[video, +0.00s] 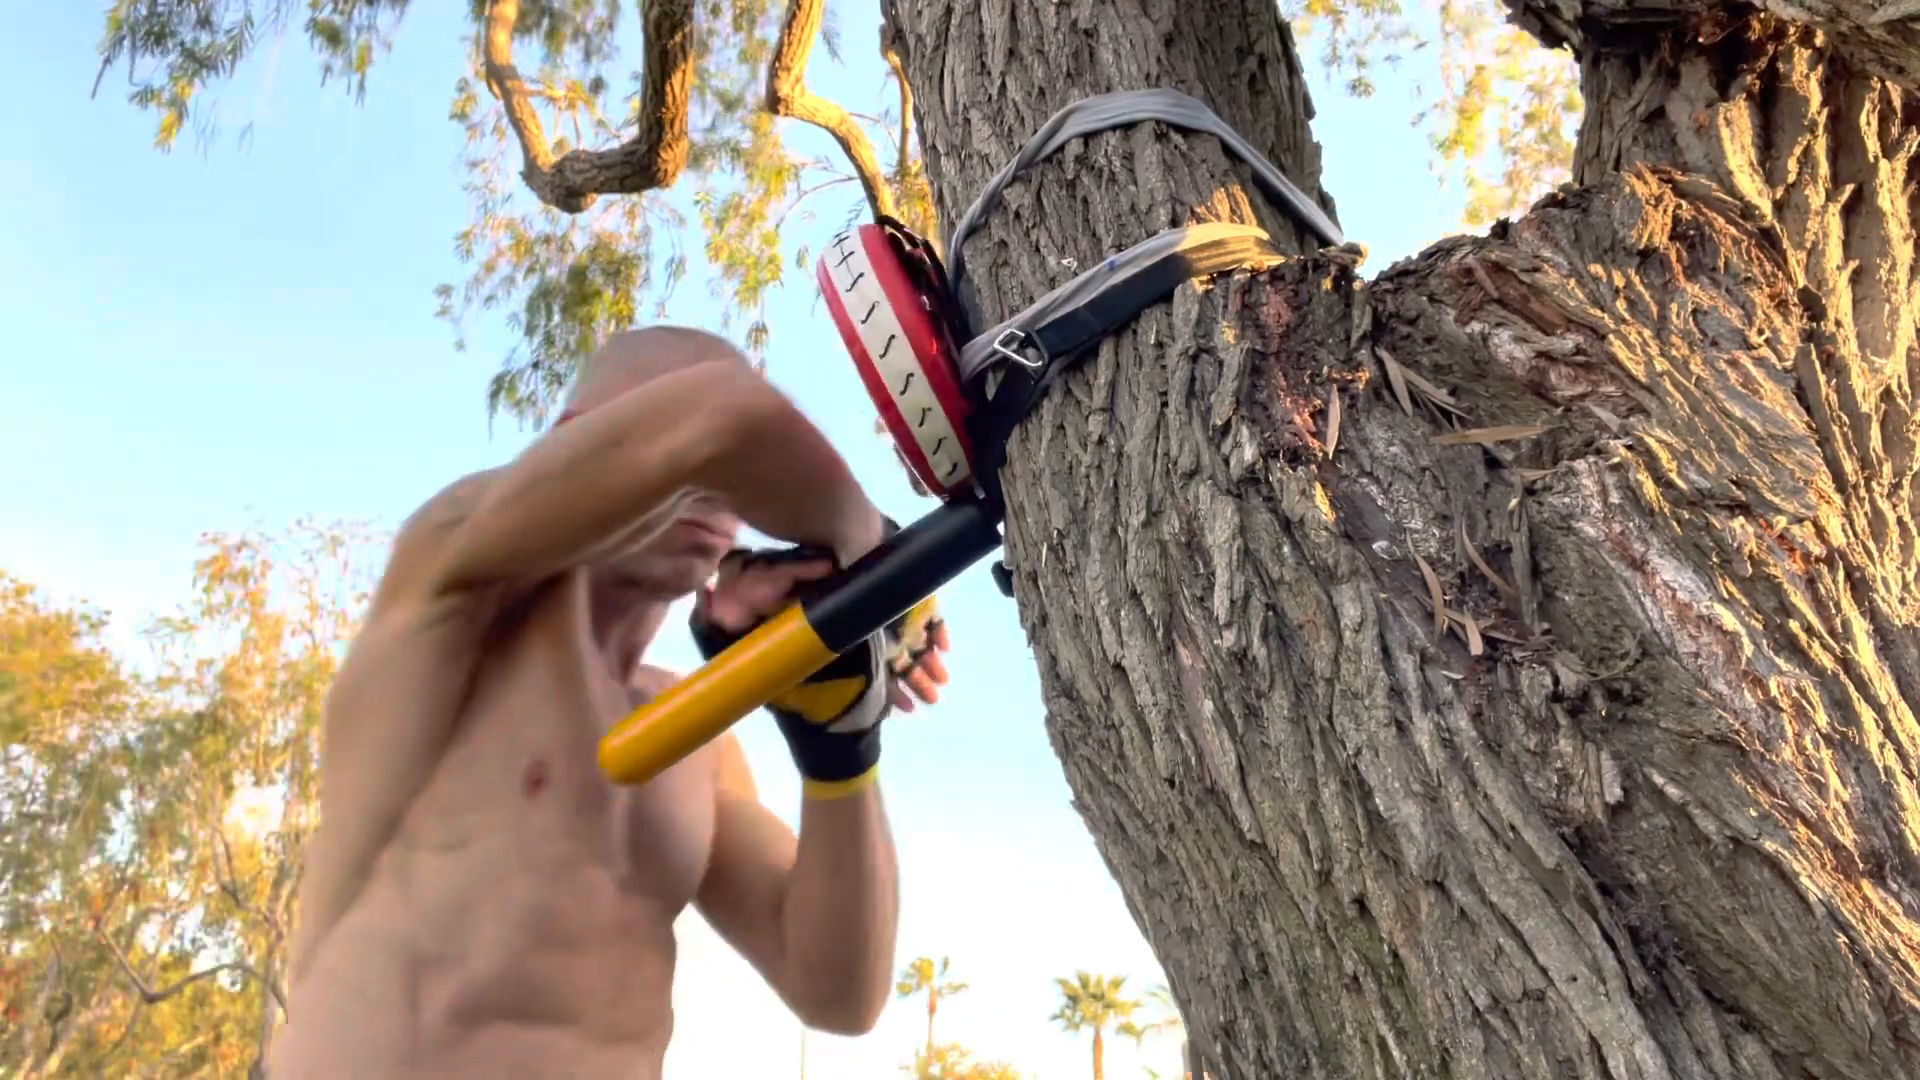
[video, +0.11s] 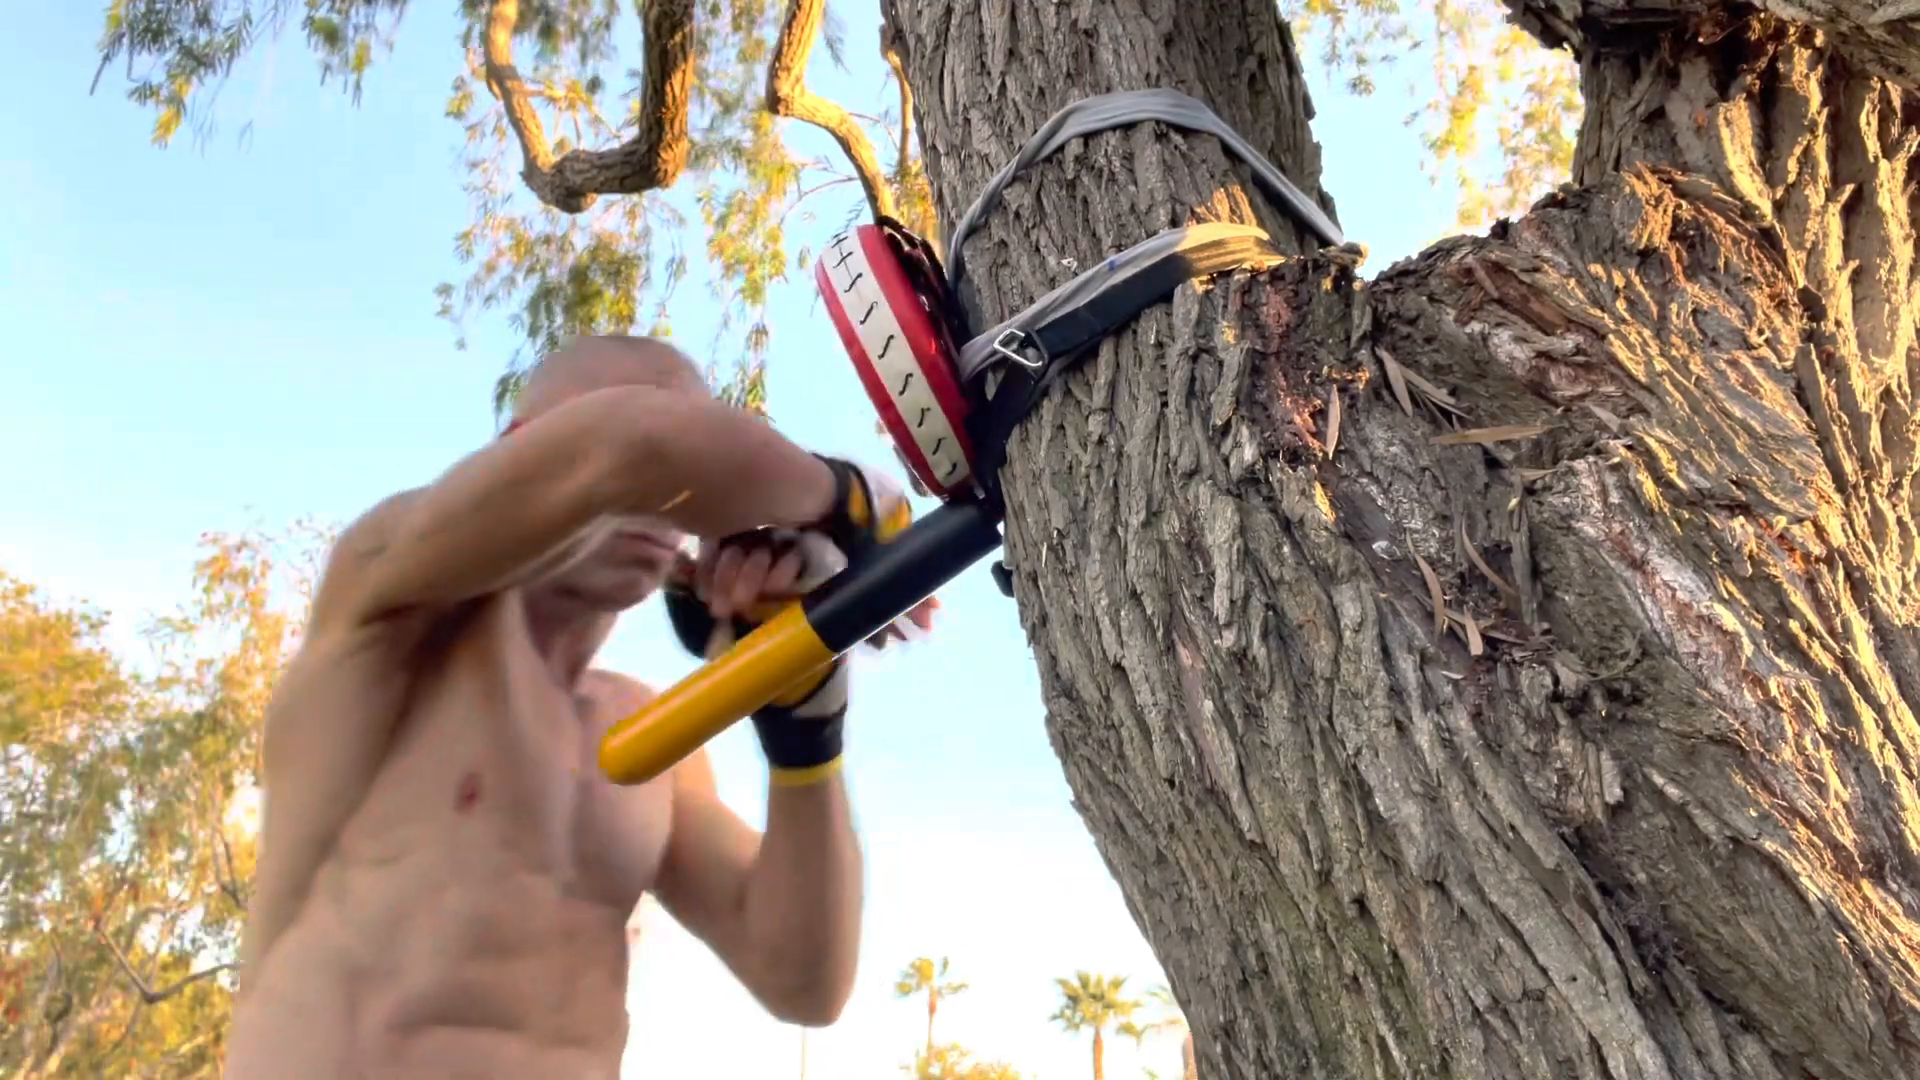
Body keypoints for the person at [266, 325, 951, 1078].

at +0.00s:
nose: (724, 487)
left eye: (738, 463)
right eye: (689, 440)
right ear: (571, 446)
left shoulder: (697, 746)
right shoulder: (454, 574)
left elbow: (838, 993)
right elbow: (718, 406)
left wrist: (836, 743)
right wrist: (856, 536)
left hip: (616, 1058)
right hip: (382, 1051)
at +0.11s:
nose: (663, 495)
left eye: (688, 462)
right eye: (630, 448)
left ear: (710, 511)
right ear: (521, 447)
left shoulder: (645, 733)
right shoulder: (385, 597)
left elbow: (803, 982)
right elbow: (640, 436)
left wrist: (804, 723)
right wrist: (841, 496)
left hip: (575, 1059)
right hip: (349, 1049)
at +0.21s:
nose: (559, 496)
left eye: (583, 468)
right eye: (531, 452)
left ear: (607, 504)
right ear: (408, 460)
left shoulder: (545, 753)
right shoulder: (254, 597)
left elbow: (710, 1026)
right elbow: (466, 545)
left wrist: (640, 793)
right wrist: (742, 393)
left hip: (484, 1057)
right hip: (258, 1048)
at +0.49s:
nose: (350, 506)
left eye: (373, 480)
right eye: (308, 457)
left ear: (382, 510)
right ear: (175, 465)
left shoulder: (375, 692)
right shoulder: (38, 650)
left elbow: (626, 742)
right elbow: (85, 848)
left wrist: (819, 554)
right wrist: (504, 708)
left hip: (355, 1059)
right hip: (106, 1064)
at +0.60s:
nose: (311, 498)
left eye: (336, 473)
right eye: (264, 451)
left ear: (352, 503)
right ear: (135, 468)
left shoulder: (354, 690)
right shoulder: (27, 653)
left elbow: (622, 740)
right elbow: (59, 846)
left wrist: (786, 539)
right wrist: (475, 701)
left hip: (347, 1059)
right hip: (96, 1061)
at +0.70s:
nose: (300, 494)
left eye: (326, 467)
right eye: (251, 448)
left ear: (344, 498)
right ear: (124, 469)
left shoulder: (360, 686)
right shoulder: (26, 664)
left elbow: (633, 752)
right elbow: (43, 862)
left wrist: (774, 540)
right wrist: (455, 722)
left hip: (361, 1059)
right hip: (95, 1066)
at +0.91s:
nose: (469, 460)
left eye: (497, 436)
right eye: (425, 418)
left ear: (523, 465)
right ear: (302, 444)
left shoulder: (523, 670)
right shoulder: (159, 682)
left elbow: (565, 509)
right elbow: (100, 941)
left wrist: (176, 484)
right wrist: (507, 775)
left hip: (489, 1058)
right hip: (238, 1060)